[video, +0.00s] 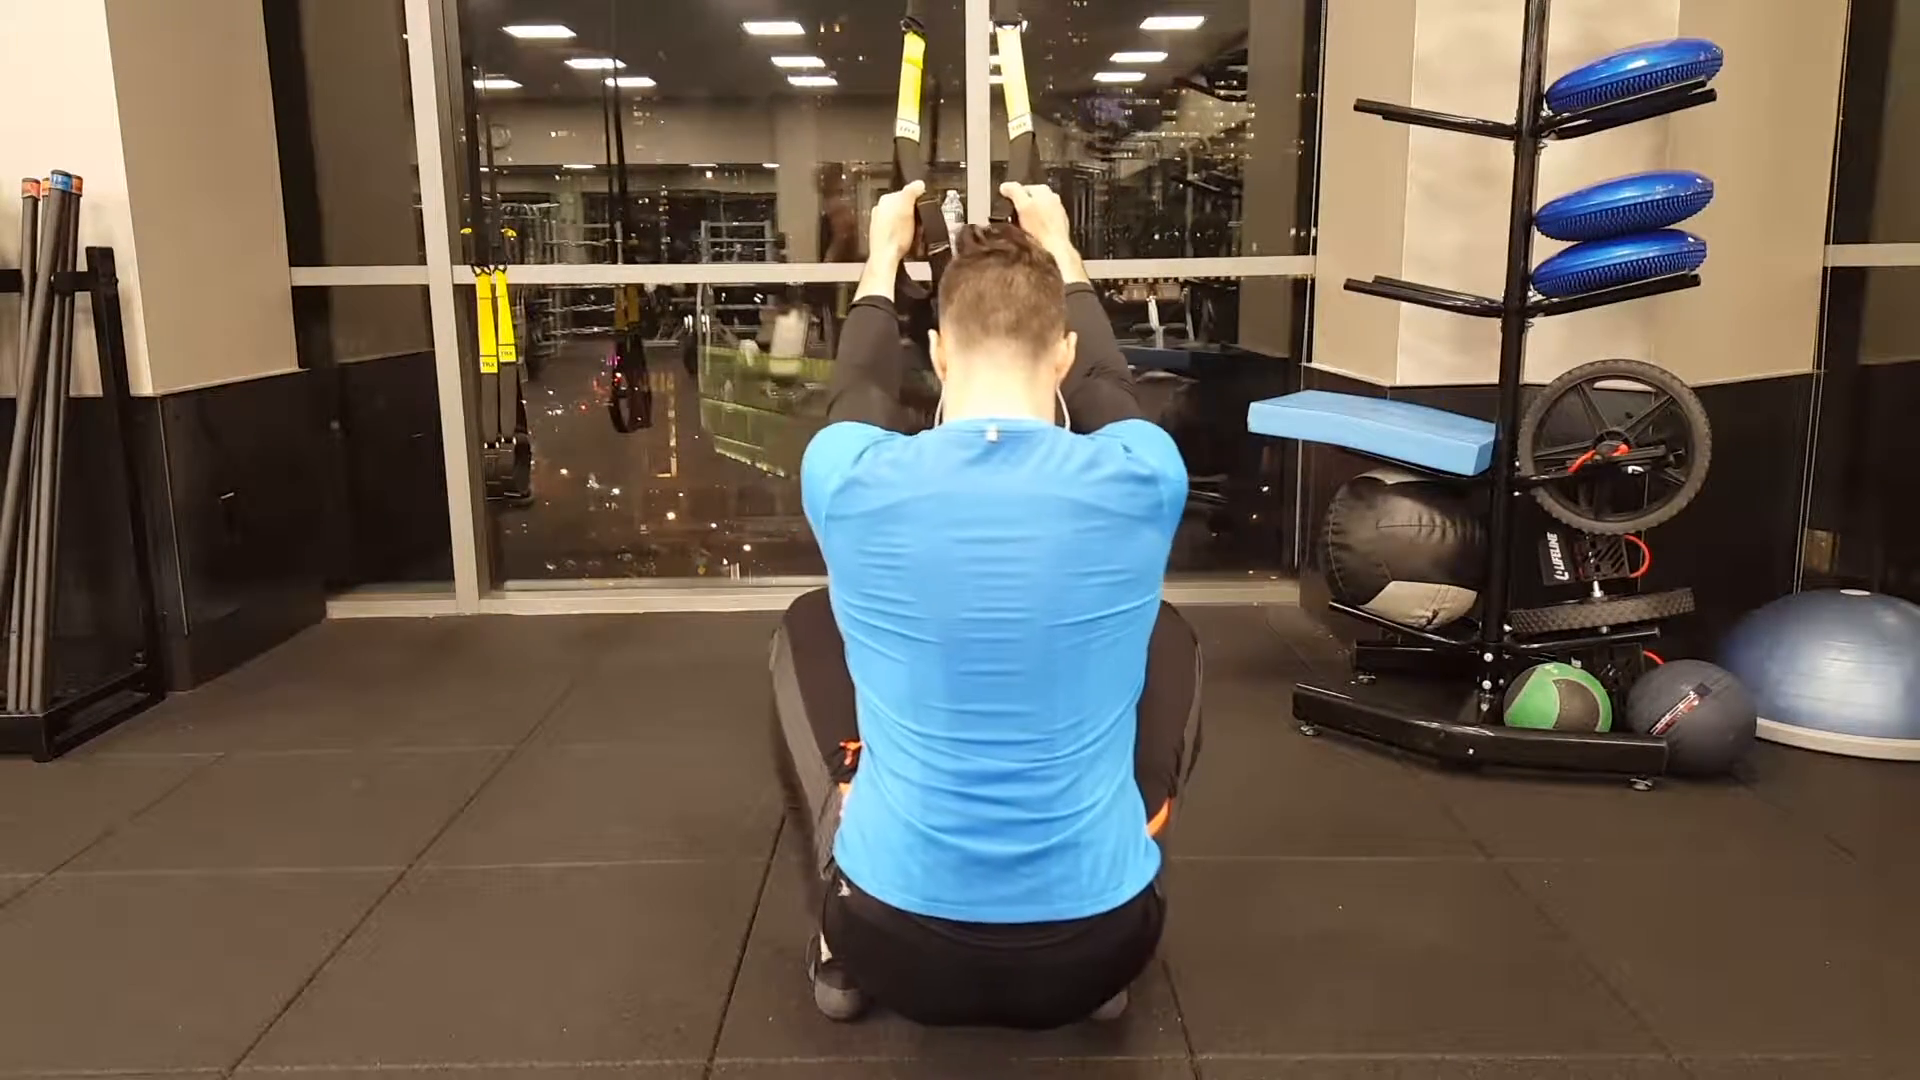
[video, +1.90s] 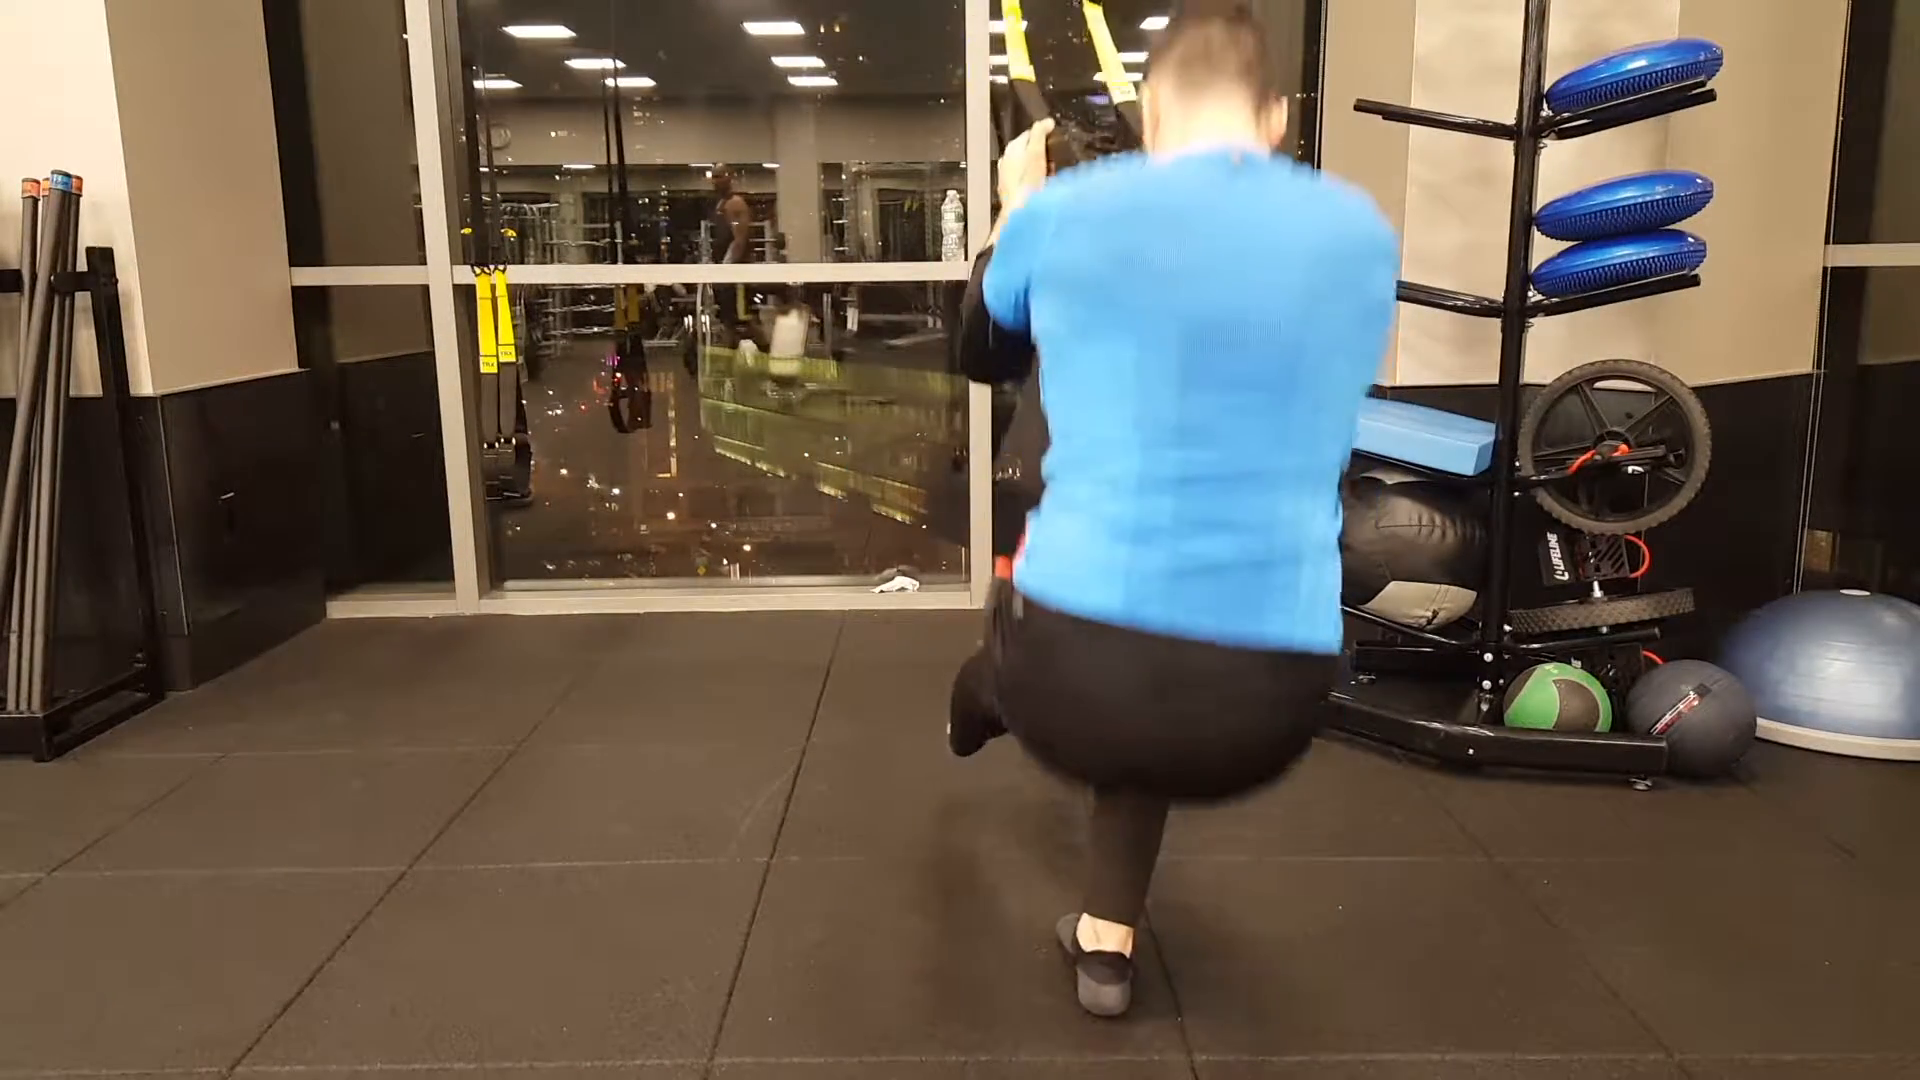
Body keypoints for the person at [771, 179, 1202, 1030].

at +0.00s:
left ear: (938, 352)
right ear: (1066, 359)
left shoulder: (848, 480)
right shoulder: (1142, 481)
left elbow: (859, 393)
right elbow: (1105, 381)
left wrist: (880, 269)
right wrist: (1065, 256)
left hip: (900, 953)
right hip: (1084, 958)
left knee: (811, 619)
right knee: (1168, 629)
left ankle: (839, 951)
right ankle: (1108, 978)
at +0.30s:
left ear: (989, 373)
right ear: (1116, 378)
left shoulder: (913, 494)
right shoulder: (1197, 498)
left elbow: (898, 389)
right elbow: (1144, 397)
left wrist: (908, 264)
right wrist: (1091, 266)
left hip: (950, 958)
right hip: (1136, 965)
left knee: (859, 624)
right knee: (1184, 618)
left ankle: (848, 936)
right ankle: (1190, 848)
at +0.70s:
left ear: (1096, 339)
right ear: (1224, 347)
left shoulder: (1019, 454)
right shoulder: (1305, 471)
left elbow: (955, 365)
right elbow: (1216, 368)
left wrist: (947, 262)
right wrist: (1145, 238)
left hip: (1019, 933)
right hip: (1201, 948)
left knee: (962, 622)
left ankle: (845, 787)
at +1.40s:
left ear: (1120, 377)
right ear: (1250, 386)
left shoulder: (1043, 503)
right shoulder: (1327, 505)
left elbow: (1003, 384)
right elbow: (1238, 403)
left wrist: (987, 265)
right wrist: (1167, 267)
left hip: (1069, 971)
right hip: (1247, 976)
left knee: (1020, 637)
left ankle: (987, 748)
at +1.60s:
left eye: (1132, 308)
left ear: (1130, 319)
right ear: (1262, 327)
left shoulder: (1056, 441)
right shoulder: (1343, 447)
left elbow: (992, 386)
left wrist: (996, 259)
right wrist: (1173, 248)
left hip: (1082, 919)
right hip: (1256, 923)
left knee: (1024, 648)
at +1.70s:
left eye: (1134, 247)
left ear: (1137, 253)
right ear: (1267, 258)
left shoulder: (1057, 366)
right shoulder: (1354, 379)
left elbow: (985, 357)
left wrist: (992, 254)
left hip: (1086, 843)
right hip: (1262, 859)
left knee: (1029, 646)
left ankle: (1106, 936)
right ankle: (1117, 930)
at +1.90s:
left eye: (1150, 110)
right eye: (1277, 115)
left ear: (1146, 117)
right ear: (1275, 120)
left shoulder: (1058, 218)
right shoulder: (1361, 234)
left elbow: (982, 353)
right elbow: (1331, 386)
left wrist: (1024, 209)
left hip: (1082, 681)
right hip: (1262, 707)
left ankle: (983, 693)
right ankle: (1111, 940)